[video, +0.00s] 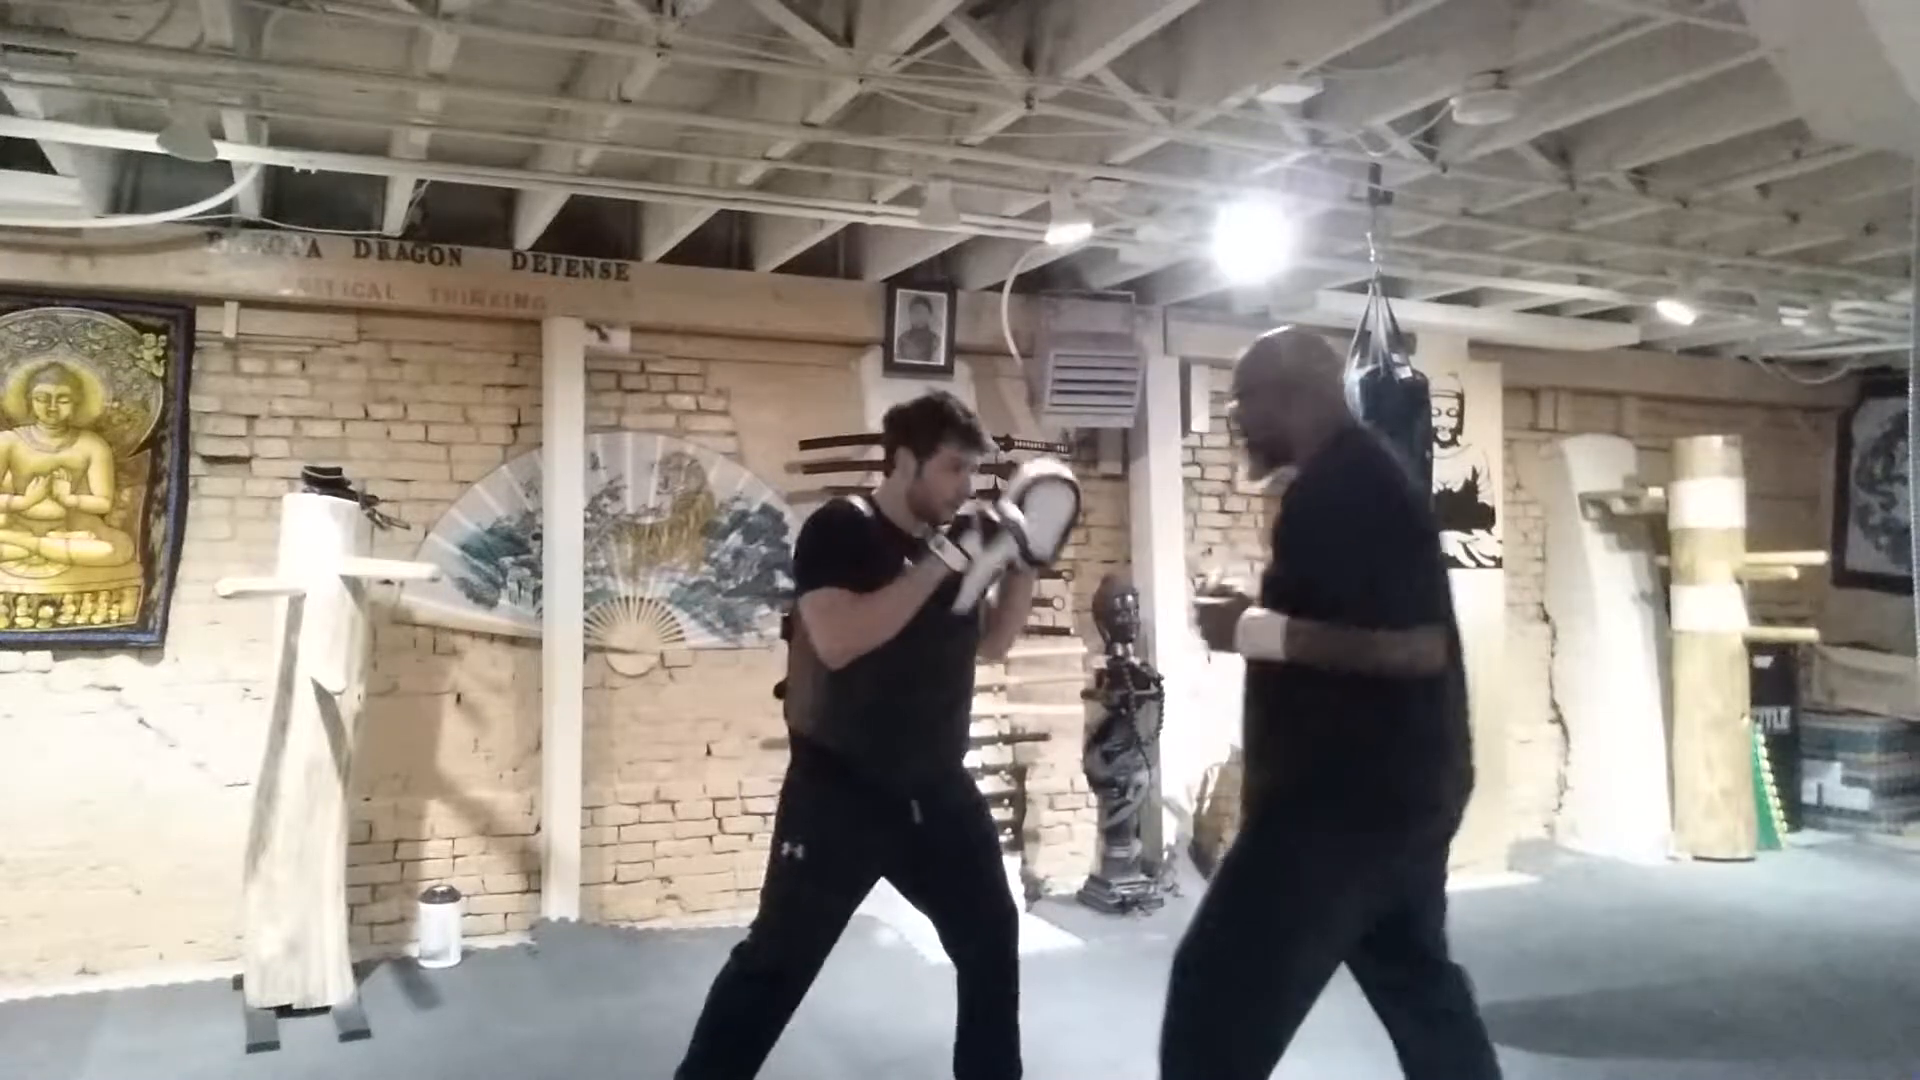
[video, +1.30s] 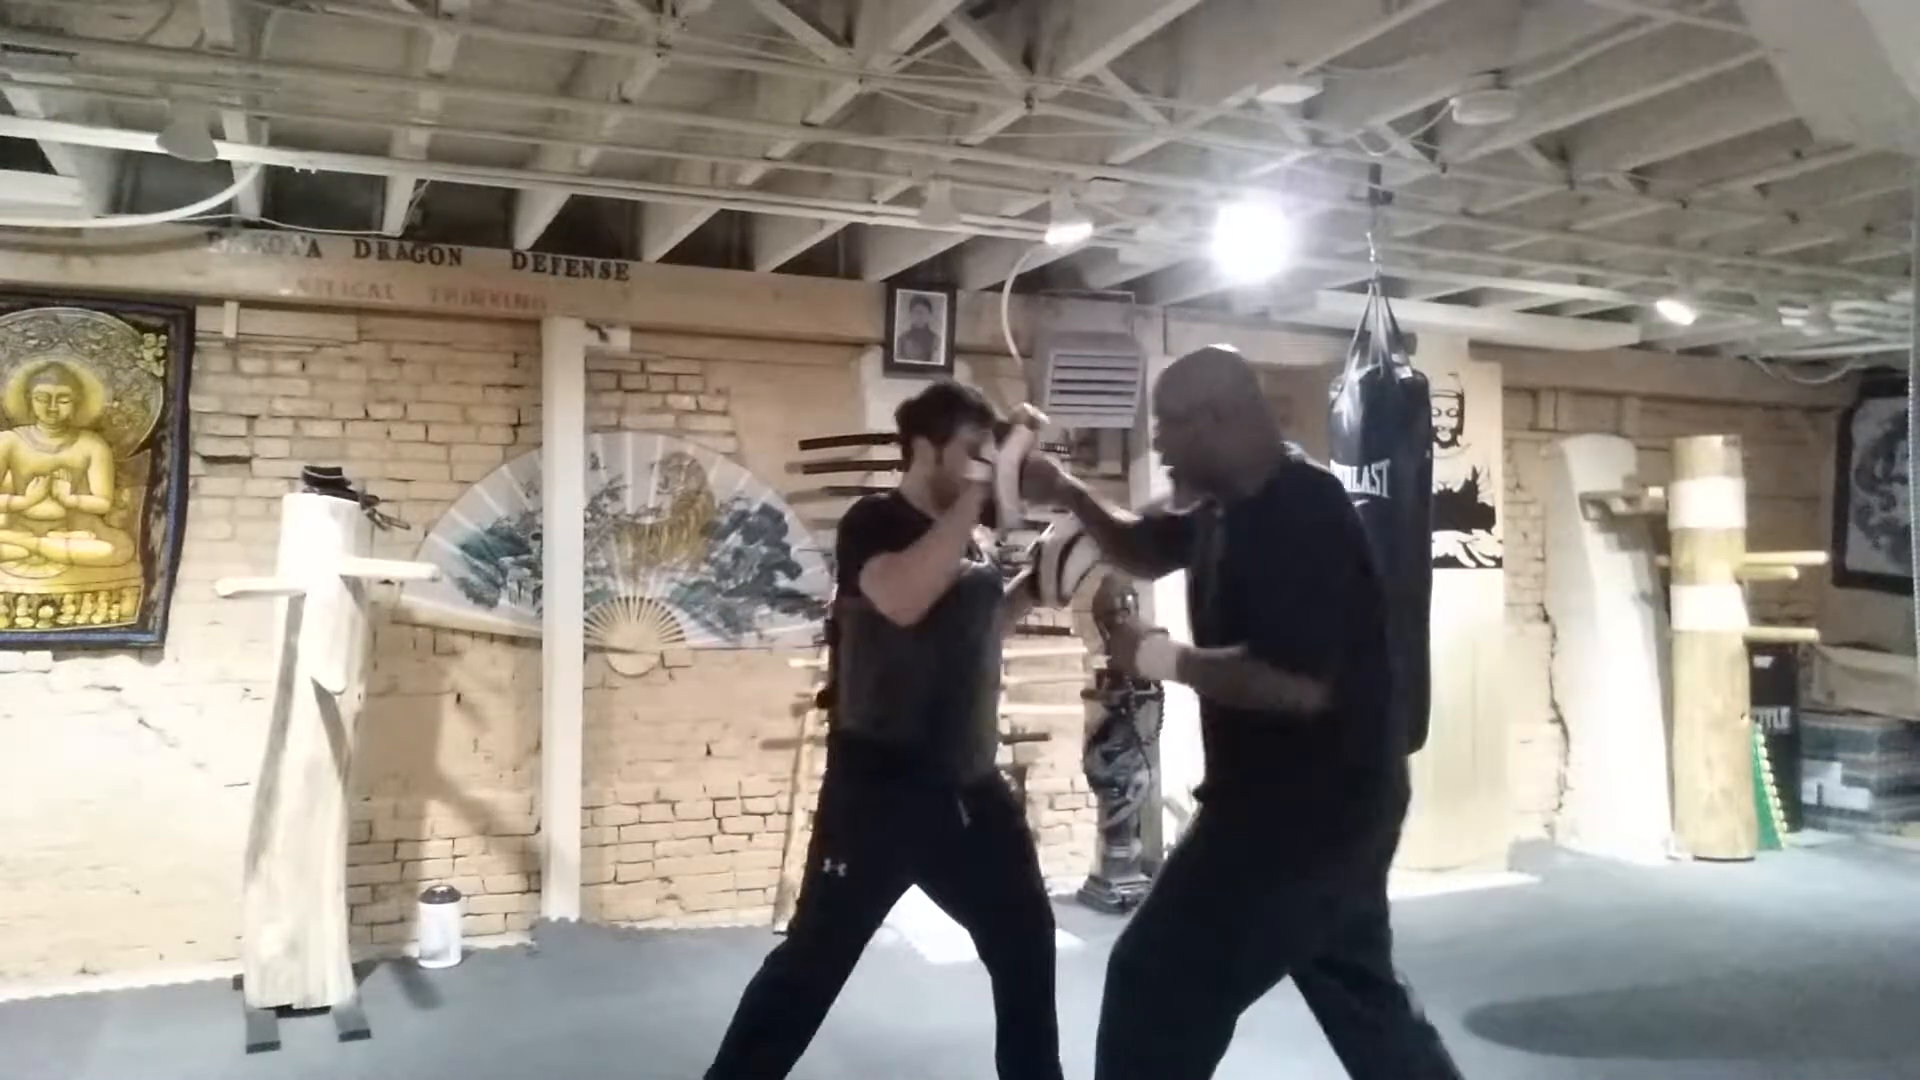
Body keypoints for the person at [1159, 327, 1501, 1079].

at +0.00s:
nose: (1234, 415)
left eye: (1247, 396)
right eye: (1234, 399)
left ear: (1303, 394)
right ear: (1311, 395)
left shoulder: (1351, 481)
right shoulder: (1350, 475)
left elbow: (1419, 645)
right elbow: (1358, 623)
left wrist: (1251, 629)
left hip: (1347, 803)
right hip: (1391, 798)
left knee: (1219, 996)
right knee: (1418, 987)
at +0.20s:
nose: (1279, 408)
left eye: (1289, 387)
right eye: (1281, 388)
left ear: (1338, 388)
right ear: (1374, 387)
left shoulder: (1348, 477)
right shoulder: (1440, 471)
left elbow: (1331, 631)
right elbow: (1409, 603)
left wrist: (1250, 600)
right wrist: (1297, 568)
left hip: (1363, 789)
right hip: (1454, 780)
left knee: (1222, 985)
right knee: (1447, 996)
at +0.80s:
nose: (1273, 432)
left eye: (1281, 412)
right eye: (1271, 415)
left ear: (1324, 408)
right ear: (1370, 406)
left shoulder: (1324, 487)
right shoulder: (1454, 491)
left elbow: (1225, 600)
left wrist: (1191, 543)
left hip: (1341, 784)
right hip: (1455, 785)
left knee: (1195, 973)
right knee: (1426, 1007)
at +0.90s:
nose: (1264, 421)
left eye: (1273, 404)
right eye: (1265, 404)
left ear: (1306, 407)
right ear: (1363, 402)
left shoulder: (1273, 489)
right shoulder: (1449, 486)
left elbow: (1121, 536)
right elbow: (1487, 632)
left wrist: (1051, 483)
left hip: (1326, 795)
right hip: (1451, 789)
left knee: (1206, 1004)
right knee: (1422, 998)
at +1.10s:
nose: (1218, 436)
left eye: (1228, 416)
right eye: (1218, 418)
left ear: (1270, 415)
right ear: (1317, 409)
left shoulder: (1266, 502)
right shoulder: (1392, 490)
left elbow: (1152, 622)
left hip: (1294, 816)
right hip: (1402, 807)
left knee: (1171, 988)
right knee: (1382, 1003)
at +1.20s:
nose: (1184, 434)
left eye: (1197, 415)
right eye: (1184, 417)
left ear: (1248, 412)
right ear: (1261, 413)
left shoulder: (1275, 512)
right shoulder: (1329, 494)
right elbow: (1284, 585)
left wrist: (1145, 647)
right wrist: (1200, 521)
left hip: (1292, 823)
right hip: (1368, 813)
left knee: (1159, 984)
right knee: (1376, 1019)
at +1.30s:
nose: (1157, 444)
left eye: (1169, 423)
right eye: (1157, 425)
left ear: (1221, 418)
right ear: (1223, 419)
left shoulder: (1303, 508)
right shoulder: (1226, 513)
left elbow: (1302, 682)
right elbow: (1142, 550)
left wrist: (1168, 659)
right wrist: (1060, 487)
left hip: (1289, 819)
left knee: (1154, 986)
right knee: (1368, 1014)